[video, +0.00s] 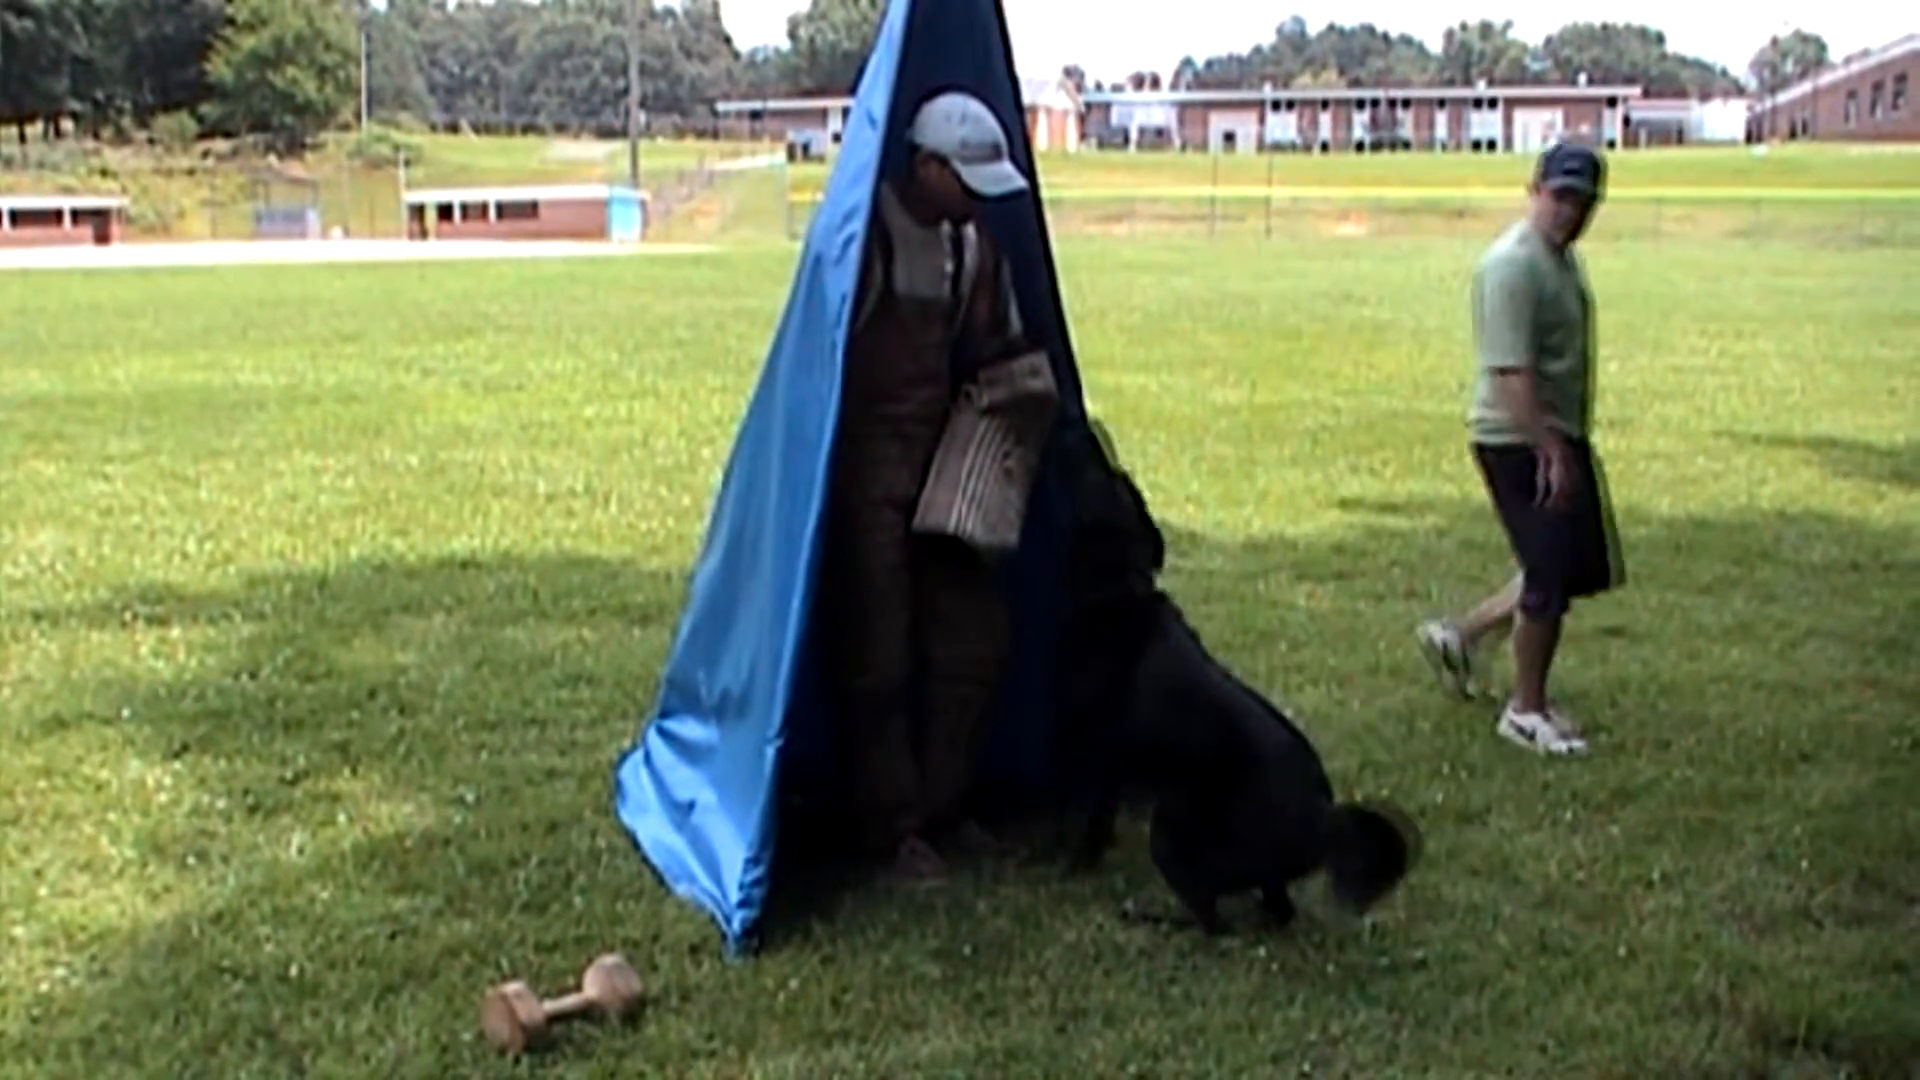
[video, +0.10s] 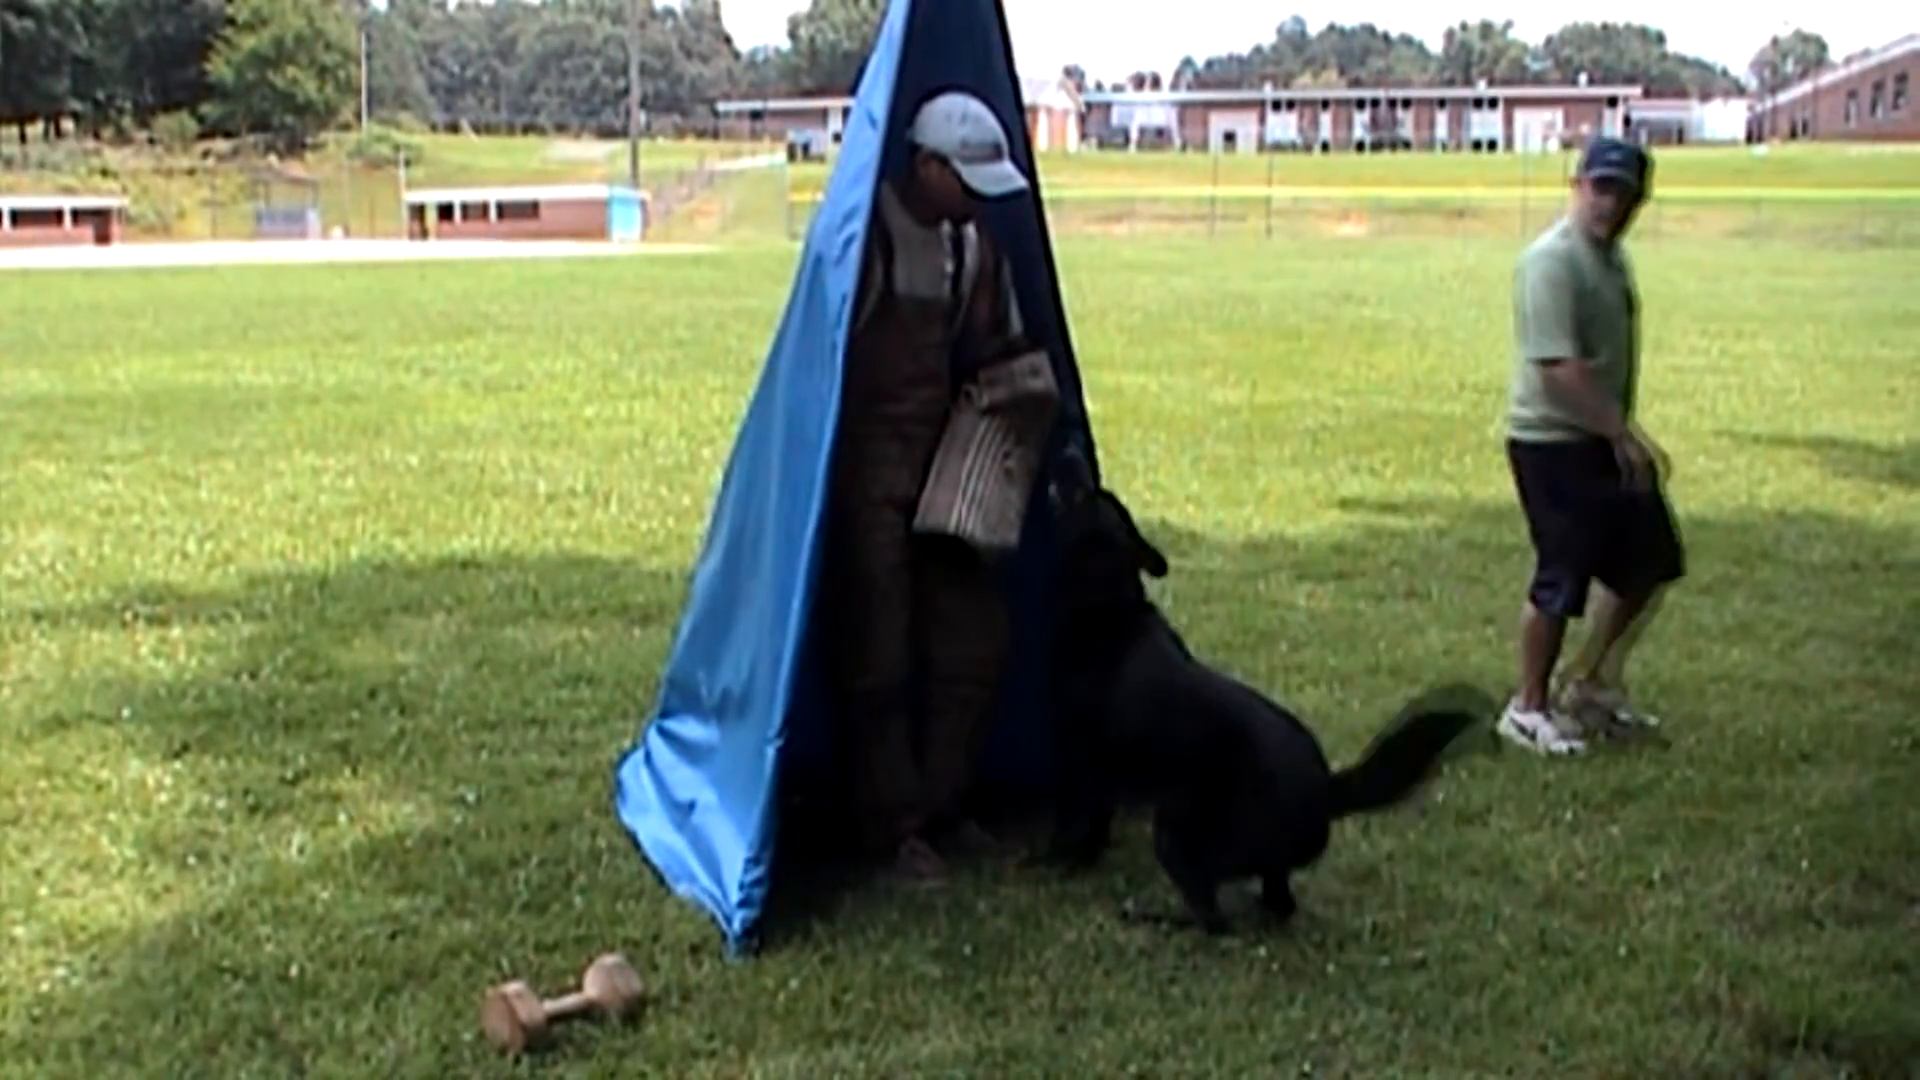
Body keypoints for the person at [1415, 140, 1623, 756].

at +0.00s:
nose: (1571, 212)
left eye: (1583, 202)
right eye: (1561, 198)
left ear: (1593, 208)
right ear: (1535, 194)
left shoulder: (1561, 262)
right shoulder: (1511, 267)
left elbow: (1559, 360)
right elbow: (1512, 374)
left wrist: (1573, 430)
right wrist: (1548, 442)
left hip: (1561, 435)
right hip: (1513, 439)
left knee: (1584, 565)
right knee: (1549, 570)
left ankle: (1463, 633)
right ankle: (1527, 708)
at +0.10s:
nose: (1610, 203)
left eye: (1624, 193)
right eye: (1601, 188)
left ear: (1636, 203)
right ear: (1578, 187)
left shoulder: (1610, 261)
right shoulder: (1550, 262)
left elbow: (1601, 358)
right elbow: (1558, 368)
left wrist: (1617, 432)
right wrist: (1622, 433)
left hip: (1601, 439)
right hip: (1548, 439)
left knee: (1649, 561)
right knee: (1563, 571)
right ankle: (1528, 704)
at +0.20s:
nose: (1654, 208)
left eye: (1668, 198)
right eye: (1644, 192)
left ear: (1682, 208)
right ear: (1622, 191)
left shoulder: (1663, 268)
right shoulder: (1593, 263)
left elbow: (1652, 362)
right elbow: (1599, 368)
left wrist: (1664, 431)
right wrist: (1691, 422)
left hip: (1650, 452)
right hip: (1585, 450)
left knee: (1690, 584)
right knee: (1568, 584)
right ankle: (1529, 707)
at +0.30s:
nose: (1695, 216)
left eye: (1710, 207)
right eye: (1687, 201)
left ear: (1728, 219)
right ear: (1668, 200)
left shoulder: (1717, 284)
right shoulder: (1636, 274)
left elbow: (1708, 375)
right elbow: (1637, 376)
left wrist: (1706, 441)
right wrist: (1731, 426)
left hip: (1693, 466)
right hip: (1625, 462)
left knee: (1736, 599)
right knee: (1590, 592)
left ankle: (1773, 734)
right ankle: (1534, 703)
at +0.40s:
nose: (1744, 223)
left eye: (1759, 213)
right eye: (1735, 208)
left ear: (1778, 225)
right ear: (1716, 208)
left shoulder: (1770, 289)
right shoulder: (1685, 281)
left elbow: (1769, 385)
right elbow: (1680, 388)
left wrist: (1777, 455)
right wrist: (1756, 451)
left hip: (1757, 473)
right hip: (1687, 474)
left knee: (1788, 611)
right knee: (1653, 604)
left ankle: (1787, 741)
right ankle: (1560, 688)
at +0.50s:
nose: (1788, 216)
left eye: (1804, 206)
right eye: (1779, 200)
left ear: (1822, 217)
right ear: (1760, 202)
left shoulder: (1819, 284)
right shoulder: (1727, 277)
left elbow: (1831, 379)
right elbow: (1720, 382)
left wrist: (1862, 444)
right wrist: (1752, 469)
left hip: (1802, 467)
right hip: (1737, 467)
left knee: (1812, 607)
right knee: (1750, 607)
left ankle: (1788, 742)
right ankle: (1644, 672)